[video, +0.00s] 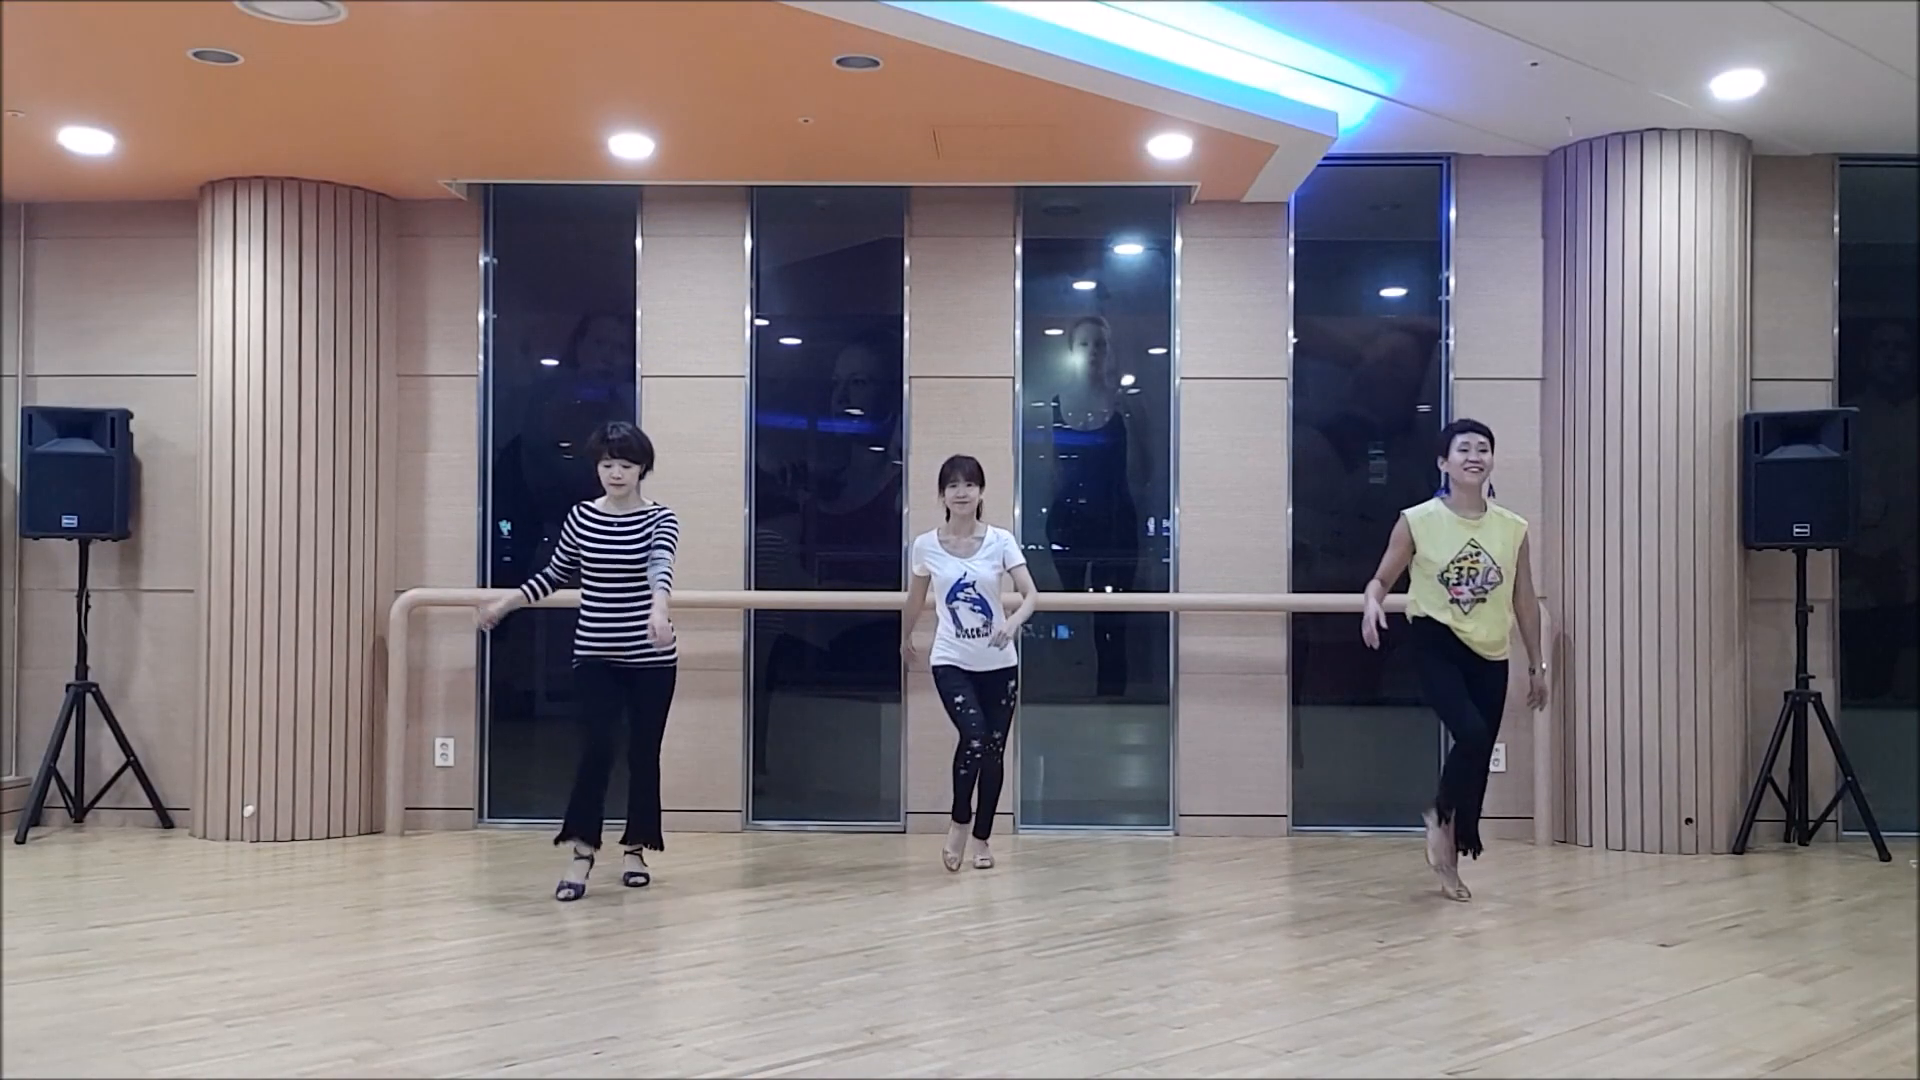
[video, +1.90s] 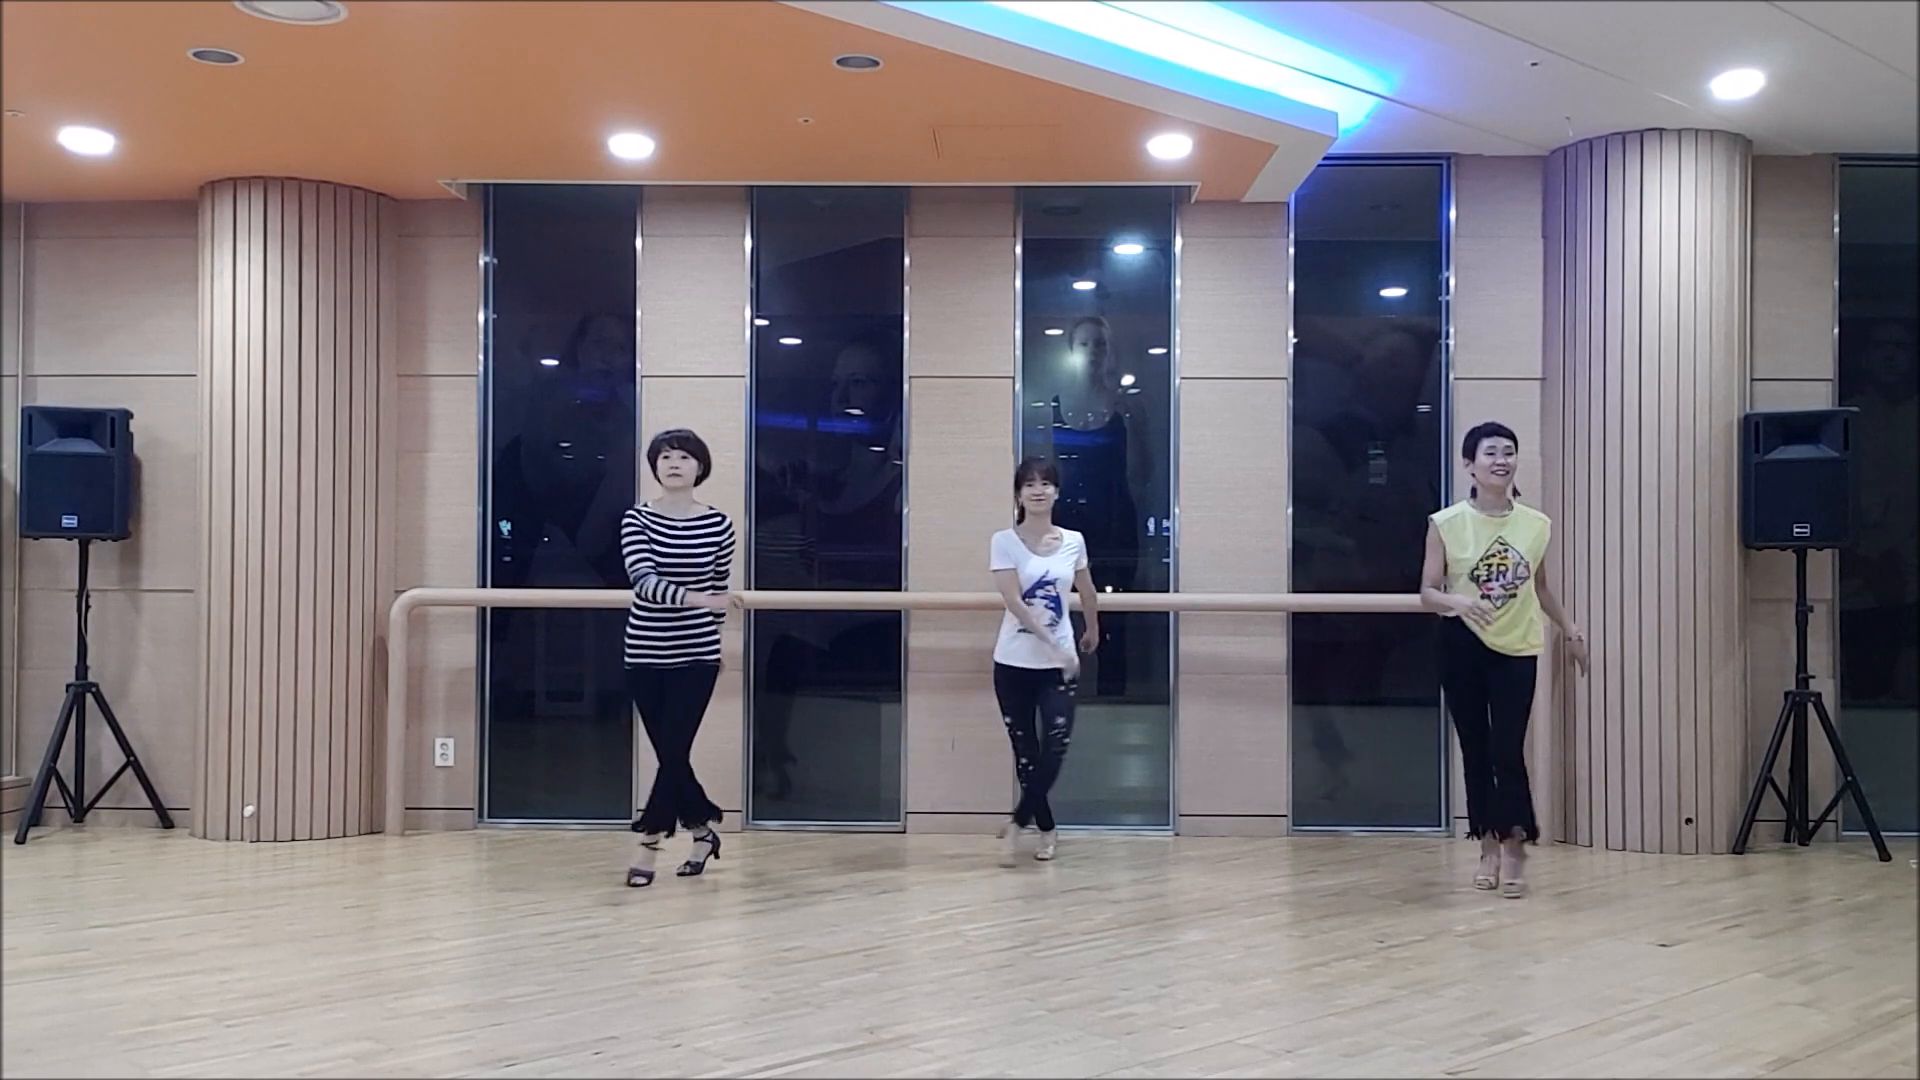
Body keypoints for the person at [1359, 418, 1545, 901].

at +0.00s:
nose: (1473, 456)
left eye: (1481, 450)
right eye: (1463, 450)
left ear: (1493, 462)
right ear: (1444, 462)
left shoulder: (1513, 528)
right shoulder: (1417, 521)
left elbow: (1524, 600)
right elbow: (1380, 583)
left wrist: (1537, 665)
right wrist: (1372, 603)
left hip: (1490, 650)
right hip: (1434, 643)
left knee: (1477, 752)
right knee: (1474, 736)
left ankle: (1451, 858)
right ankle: (1441, 818)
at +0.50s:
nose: (1461, 447)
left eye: (1466, 441)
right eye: (1450, 442)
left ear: (1478, 454)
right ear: (1432, 458)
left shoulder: (1503, 518)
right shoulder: (1409, 516)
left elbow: (1507, 589)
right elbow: (1392, 585)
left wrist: (1503, 645)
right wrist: (1423, 603)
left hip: (1478, 649)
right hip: (1423, 642)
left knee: (1466, 756)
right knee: (1406, 744)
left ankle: (1448, 856)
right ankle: (1381, 833)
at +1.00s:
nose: (1463, 461)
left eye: (1472, 453)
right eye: (1454, 453)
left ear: (1483, 462)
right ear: (1436, 461)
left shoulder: (1500, 527)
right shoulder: (1407, 516)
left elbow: (1510, 600)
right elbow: (1387, 585)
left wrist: (1482, 574)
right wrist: (1395, 588)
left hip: (1479, 651)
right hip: (1423, 644)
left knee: (1470, 758)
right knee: (1432, 755)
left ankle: (1450, 858)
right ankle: (1421, 855)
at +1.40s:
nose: (1469, 454)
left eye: (1477, 447)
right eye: (1459, 447)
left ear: (1487, 457)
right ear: (1440, 457)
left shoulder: (1505, 517)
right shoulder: (1415, 515)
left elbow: (1517, 574)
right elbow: (1394, 578)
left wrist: (1515, 611)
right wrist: (1372, 598)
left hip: (1481, 643)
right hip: (1427, 638)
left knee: (1472, 758)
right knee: (1404, 749)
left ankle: (1447, 853)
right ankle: (1363, 850)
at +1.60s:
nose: (1481, 456)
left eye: (1488, 450)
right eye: (1471, 450)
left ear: (1498, 462)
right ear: (1450, 461)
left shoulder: (1518, 525)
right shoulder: (1423, 519)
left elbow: (1537, 598)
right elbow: (1394, 588)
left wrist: (1556, 657)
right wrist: (1372, 584)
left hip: (1494, 648)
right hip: (1439, 642)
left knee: (1477, 759)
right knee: (1437, 753)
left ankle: (1449, 853)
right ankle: (1396, 830)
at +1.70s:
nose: (1489, 455)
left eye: (1495, 449)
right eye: (1479, 448)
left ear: (1504, 461)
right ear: (1458, 460)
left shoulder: (1524, 524)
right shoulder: (1431, 517)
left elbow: (1539, 592)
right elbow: (1403, 580)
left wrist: (1561, 652)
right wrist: (1389, 588)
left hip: (1500, 645)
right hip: (1446, 639)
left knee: (1481, 750)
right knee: (1457, 745)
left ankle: (1450, 848)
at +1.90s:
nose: (1501, 459)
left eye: (1508, 453)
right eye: (1490, 453)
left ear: (1517, 464)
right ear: (1470, 465)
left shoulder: (1535, 525)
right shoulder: (1445, 525)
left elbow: (1541, 586)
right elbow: (1427, 594)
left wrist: (1568, 627)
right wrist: (1457, 603)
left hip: (1517, 649)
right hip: (1462, 648)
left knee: (1506, 749)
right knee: (1475, 748)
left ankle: (1514, 850)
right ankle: (1489, 846)